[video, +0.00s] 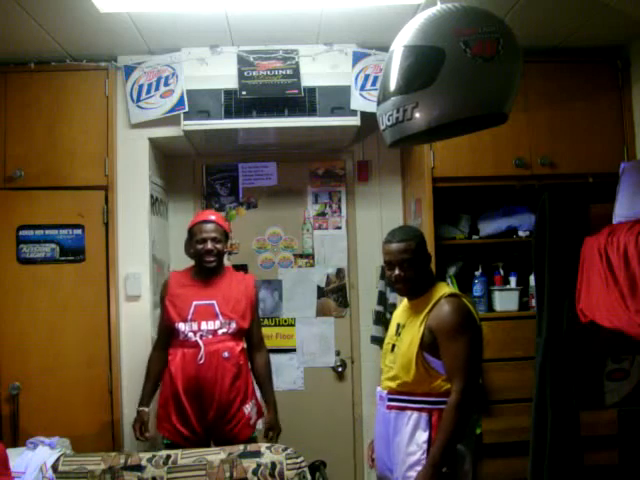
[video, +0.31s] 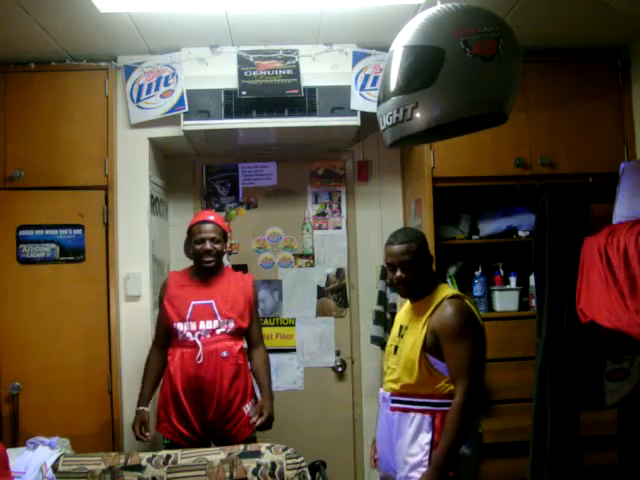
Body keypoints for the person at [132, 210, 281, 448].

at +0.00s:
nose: (209, 247)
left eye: (216, 241)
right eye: (201, 241)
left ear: (227, 245)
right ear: (189, 247)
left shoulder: (245, 284)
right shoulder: (174, 284)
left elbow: (257, 348)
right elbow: (162, 347)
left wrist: (271, 410)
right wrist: (143, 405)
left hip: (233, 413)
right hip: (181, 413)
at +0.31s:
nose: (207, 247)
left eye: (215, 241)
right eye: (200, 241)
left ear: (226, 245)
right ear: (188, 247)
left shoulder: (244, 284)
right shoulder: (173, 284)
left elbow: (256, 345)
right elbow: (160, 347)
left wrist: (266, 396)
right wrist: (143, 405)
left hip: (233, 412)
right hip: (181, 413)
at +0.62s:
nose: (206, 248)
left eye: (213, 241)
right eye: (198, 242)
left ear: (224, 245)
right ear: (187, 247)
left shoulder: (243, 284)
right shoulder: (171, 286)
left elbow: (256, 350)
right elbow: (161, 349)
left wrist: (265, 413)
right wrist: (152, 410)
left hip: (234, 411)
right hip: (181, 411)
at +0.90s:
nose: (206, 247)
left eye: (213, 240)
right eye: (198, 241)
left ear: (223, 245)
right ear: (186, 247)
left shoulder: (243, 285)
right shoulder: (171, 285)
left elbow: (256, 350)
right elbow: (161, 350)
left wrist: (263, 413)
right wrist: (155, 412)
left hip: (234, 409)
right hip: (181, 409)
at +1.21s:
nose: (198, 241)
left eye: (205, 235)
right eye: (190, 237)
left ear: (219, 243)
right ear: (181, 248)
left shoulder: (243, 287)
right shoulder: (169, 290)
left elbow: (256, 352)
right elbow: (159, 356)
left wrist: (259, 412)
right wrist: (159, 419)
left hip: (233, 413)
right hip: (181, 414)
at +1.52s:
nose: (189, 240)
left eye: (197, 234)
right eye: (182, 237)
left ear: (213, 240)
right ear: (178, 247)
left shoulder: (240, 287)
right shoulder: (168, 291)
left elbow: (252, 354)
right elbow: (161, 356)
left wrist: (243, 416)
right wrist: (161, 420)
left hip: (228, 414)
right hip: (180, 416)